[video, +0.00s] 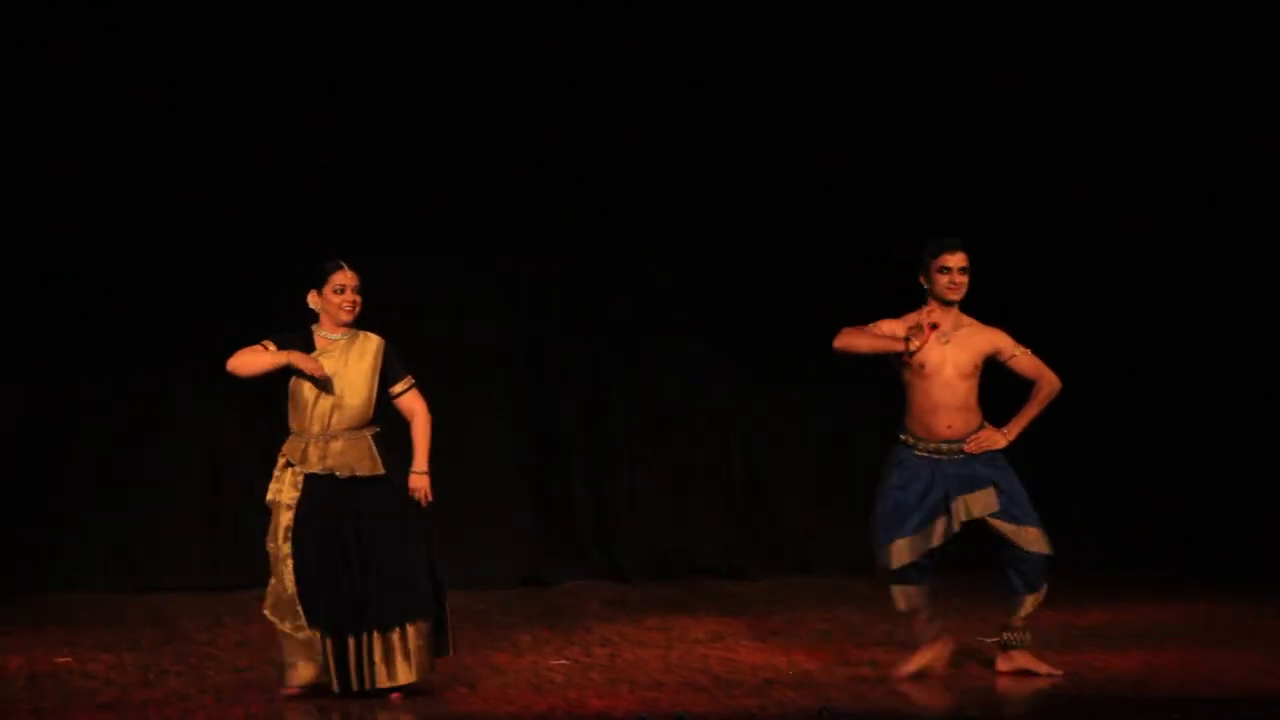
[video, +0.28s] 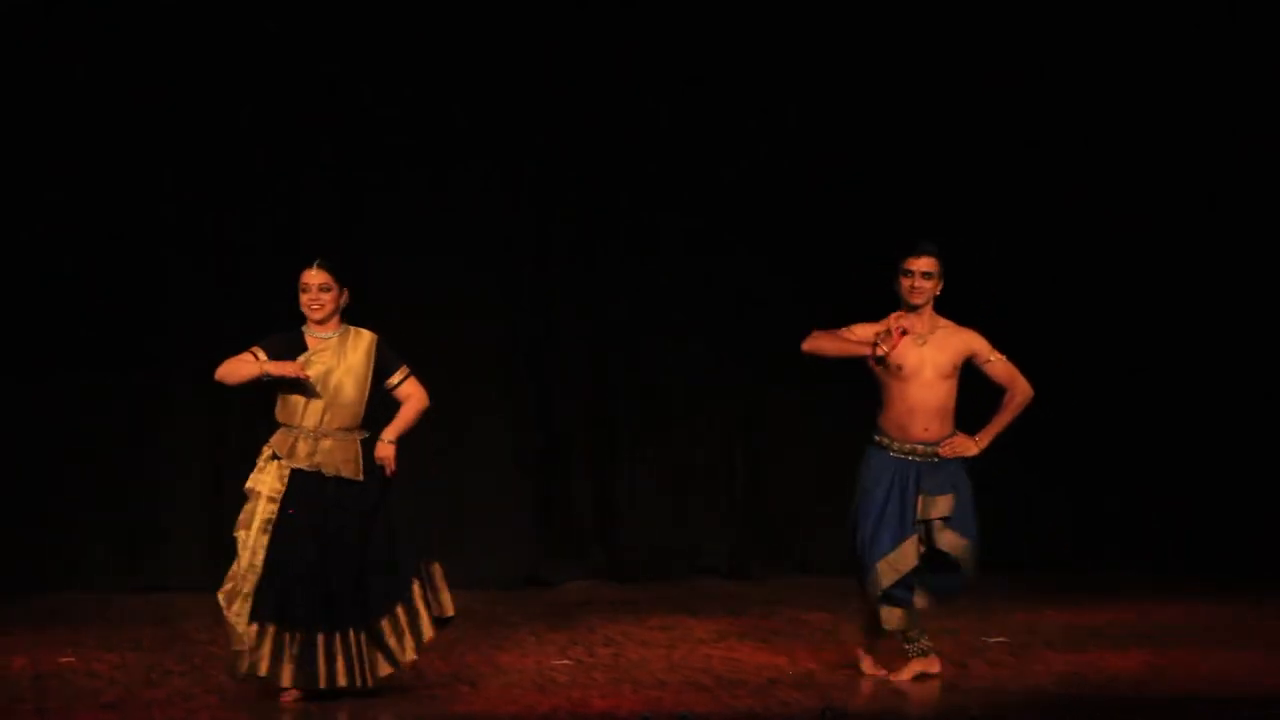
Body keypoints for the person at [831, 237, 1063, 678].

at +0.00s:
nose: (955, 279)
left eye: (962, 271)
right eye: (945, 271)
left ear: (969, 277)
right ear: (926, 277)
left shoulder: (985, 337)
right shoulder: (906, 327)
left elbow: (1049, 382)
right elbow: (843, 340)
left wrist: (1007, 432)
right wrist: (902, 342)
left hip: (976, 454)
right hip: (916, 455)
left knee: (1031, 545)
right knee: (899, 552)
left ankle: (1014, 648)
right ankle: (931, 640)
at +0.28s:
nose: (916, 283)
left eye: (926, 276)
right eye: (908, 274)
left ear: (939, 284)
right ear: (898, 279)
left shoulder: (963, 339)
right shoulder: (879, 332)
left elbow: (1021, 390)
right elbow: (811, 343)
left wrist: (979, 441)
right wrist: (872, 344)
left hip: (942, 459)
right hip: (888, 456)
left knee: (947, 554)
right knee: (888, 553)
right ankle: (920, 653)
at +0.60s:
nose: (911, 282)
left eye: (920, 274)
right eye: (902, 273)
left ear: (932, 281)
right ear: (890, 278)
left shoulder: (958, 334)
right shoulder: (876, 333)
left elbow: (1015, 384)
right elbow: (810, 348)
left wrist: (978, 436)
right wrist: (871, 340)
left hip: (943, 455)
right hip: (888, 452)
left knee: (976, 550)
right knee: (866, 549)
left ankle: (898, 605)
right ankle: (876, 654)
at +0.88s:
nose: (941, 277)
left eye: (947, 269)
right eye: (931, 269)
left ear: (955, 276)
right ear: (912, 277)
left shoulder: (978, 327)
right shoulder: (903, 332)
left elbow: (1046, 348)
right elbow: (850, 364)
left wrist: (1019, 397)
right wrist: (909, 367)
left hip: (976, 449)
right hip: (922, 450)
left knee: (1004, 546)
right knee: (890, 539)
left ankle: (965, 649)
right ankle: (912, 624)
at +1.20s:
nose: (895, 297)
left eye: (896, 290)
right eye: (885, 290)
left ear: (896, 299)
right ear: (857, 299)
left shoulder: (915, 360)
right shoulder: (824, 352)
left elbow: (975, 407)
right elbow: (751, 339)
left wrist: (1026, 431)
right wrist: (743, 276)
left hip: (911, 478)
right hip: (849, 481)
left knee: (965, 564)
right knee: (800, 566)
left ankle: (913, 655)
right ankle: (843, 659)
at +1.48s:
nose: (896, 295)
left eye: (896, 288)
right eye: (885, 289)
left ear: (894, 299)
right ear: (857, 300)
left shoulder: (914, 361)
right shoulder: (824, 353)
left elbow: (973, 409)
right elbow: (751, 341)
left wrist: (1026, 433)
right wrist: (743, 278)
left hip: (912, 479)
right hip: (849, 481)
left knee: (965, 564)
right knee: (800, 564)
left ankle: (913, 655)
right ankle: (843, 659)